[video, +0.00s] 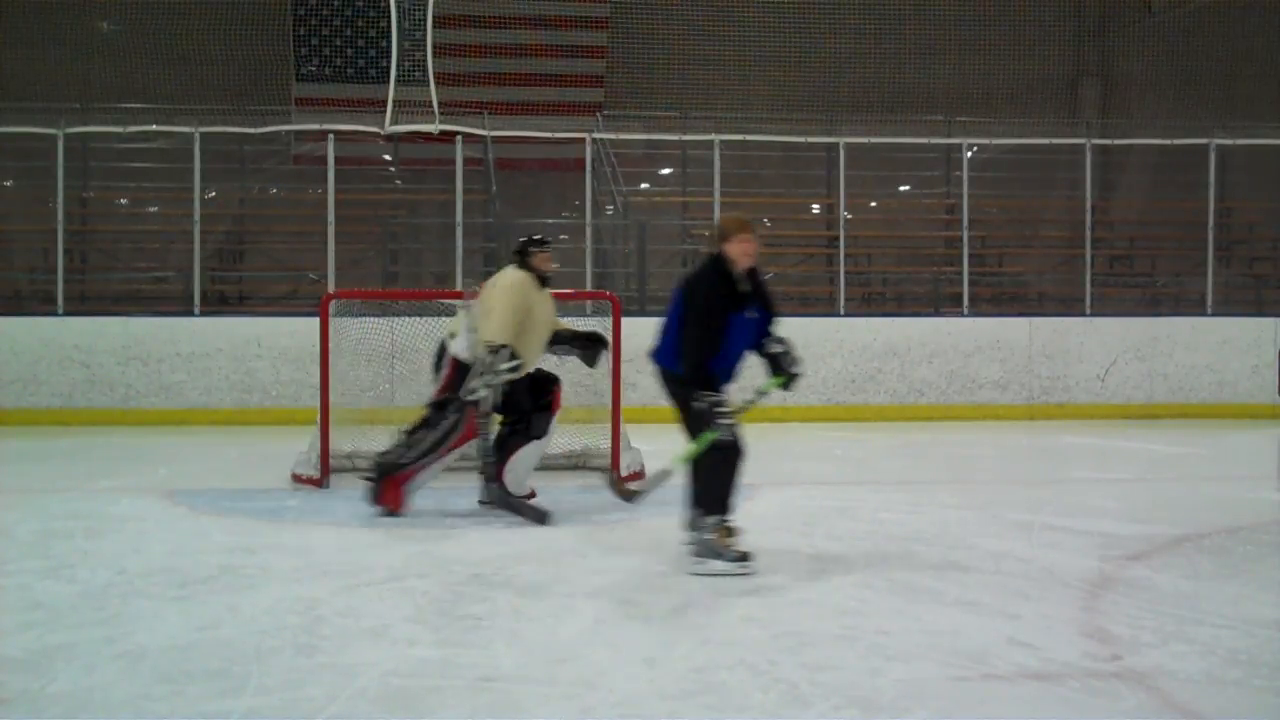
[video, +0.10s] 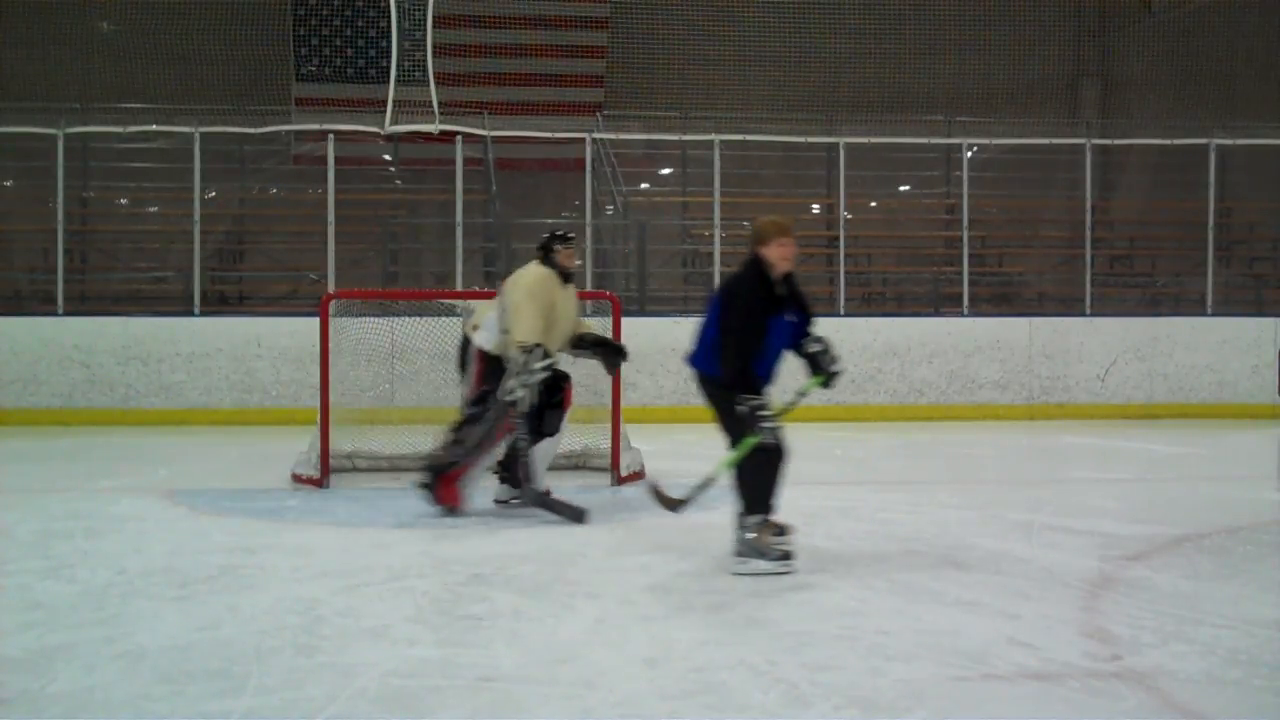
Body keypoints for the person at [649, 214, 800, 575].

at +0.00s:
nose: (748, 248)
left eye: (751, 242)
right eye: (740, 242)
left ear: (756, 247)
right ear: (723, 246)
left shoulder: (751, 283)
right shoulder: (705, 282)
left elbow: (758, 329)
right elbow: (691, 344)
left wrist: (778, 355)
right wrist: (704, 395)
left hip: (709, 373)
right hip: (681, 371)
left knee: (720, 444)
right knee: (719, 445)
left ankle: (707, 524)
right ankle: (707, 528)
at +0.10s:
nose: (789, 252)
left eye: (791, 245)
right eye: (780, 245)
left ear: (794, 249)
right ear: (760, 249)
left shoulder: (785, 287)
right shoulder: (742, 287)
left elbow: (796, 328)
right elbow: (731, 349)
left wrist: (817, 355)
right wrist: (746, 398)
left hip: (747, 378)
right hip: (719, 377)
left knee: (767, 446)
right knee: (758, 448)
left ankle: (756, 523)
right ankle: (751, 529)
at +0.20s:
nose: (823, 256)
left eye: (826, 249)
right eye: (815, 248)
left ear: (828, 253)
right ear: (795, 252)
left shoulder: (818, 291)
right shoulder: (777, 290)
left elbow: (829, 330)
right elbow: (767, 353)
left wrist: (848, 353)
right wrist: (784, 401)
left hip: (782, 378)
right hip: (753, 377)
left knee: (804, 448)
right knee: (798, 450)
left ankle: (793, 515)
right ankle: (779, 528)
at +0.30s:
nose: (854, 255)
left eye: (857, 248)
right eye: (847, 247)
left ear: (857, 251)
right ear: (826, 250)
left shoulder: (847, 287)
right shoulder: (809, 287)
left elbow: (862, 323)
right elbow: (803, 350)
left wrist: (876, 348)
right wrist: (817, 400)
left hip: (816, 377)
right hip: (785, 377)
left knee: (839, 438)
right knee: (813, 446)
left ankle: (824, 510)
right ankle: (790, 527)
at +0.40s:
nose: (883, 246)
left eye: (884, 240)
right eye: (875, 240)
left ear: (885, 244)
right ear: (855, 245)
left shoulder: (880, 281)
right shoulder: (835, 283)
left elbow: (895, 318)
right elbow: (831, 347)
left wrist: (905, 343)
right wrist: (852, 393)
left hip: (846, 373)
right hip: (811, 373)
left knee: (874, 434)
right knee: (820, 446)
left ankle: (869, 513)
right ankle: (797, 526)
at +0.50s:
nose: (904, 246)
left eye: (906, 239)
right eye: (897, 240)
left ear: (908, 242)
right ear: (876, 244)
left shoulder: (909, 282)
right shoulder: (858, 280)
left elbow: (922, 314)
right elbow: (856, 342)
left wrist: (929, 340)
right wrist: (878, 388)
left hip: (874, 372)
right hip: (835, 370)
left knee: (902, 433)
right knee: (838, 437)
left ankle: (915, 509)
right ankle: (808, 515)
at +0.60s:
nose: (920, 246)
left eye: (922, 240)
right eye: (912, 240)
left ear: (923, 245)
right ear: (891, 245)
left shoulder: (926, 282)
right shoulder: (871, 283)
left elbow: (933, 323)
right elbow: (873, 347)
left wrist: (943, 337)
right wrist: (901, 391)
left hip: (903, 373)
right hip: (859, 373)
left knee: (929, 435)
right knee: (843, 436)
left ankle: (951, 508)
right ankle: (824, 514)